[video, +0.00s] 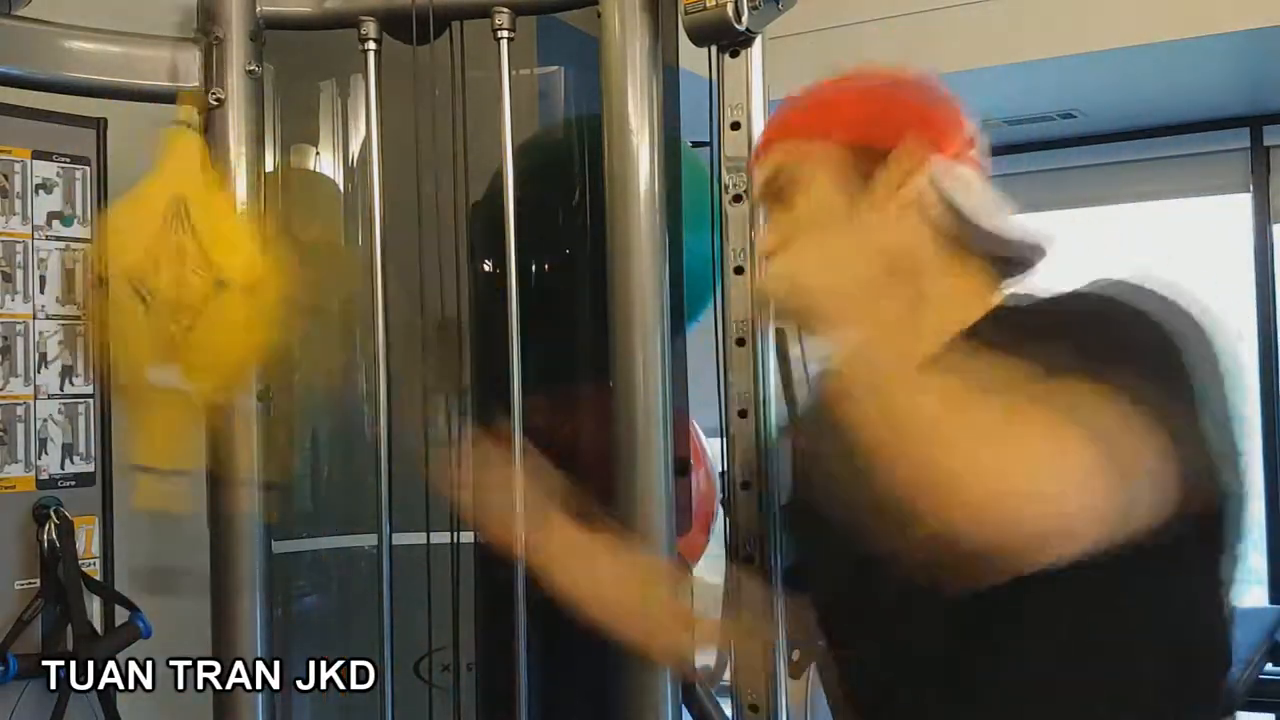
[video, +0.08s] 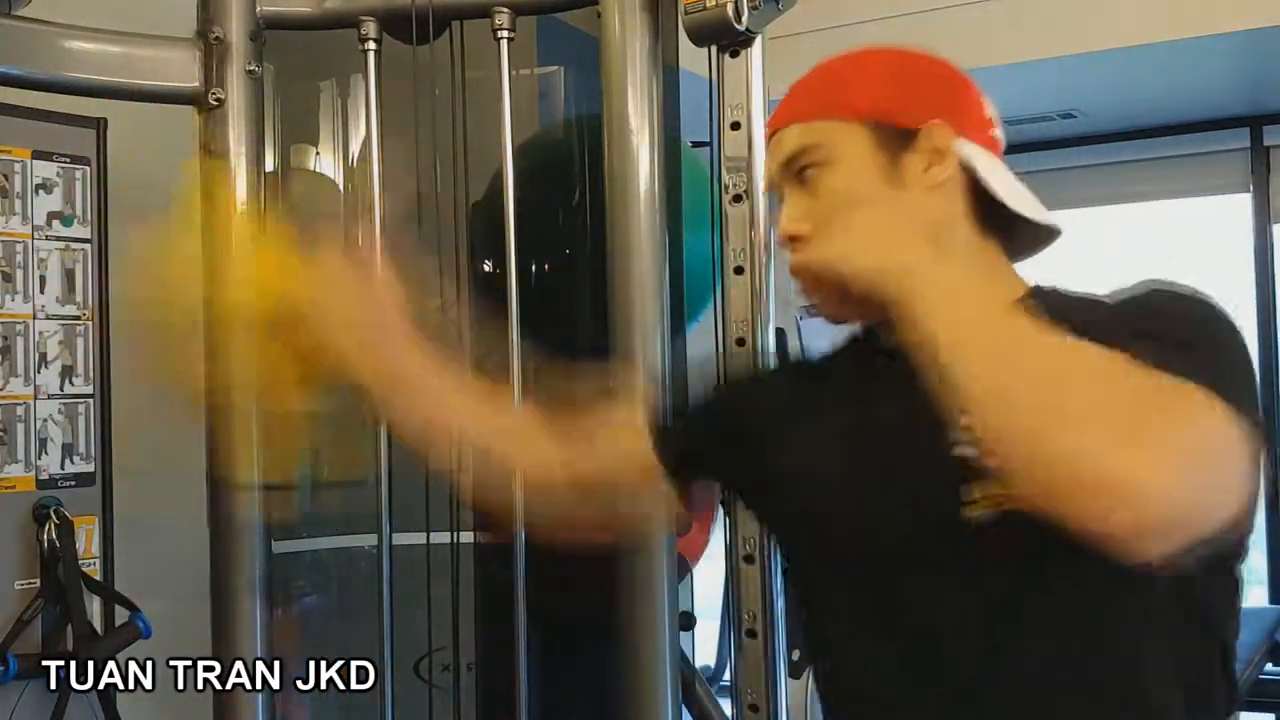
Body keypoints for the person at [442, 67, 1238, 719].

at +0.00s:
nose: (755, 248)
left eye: (779, 199)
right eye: (756, 214)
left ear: (903, 183)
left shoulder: (1119, 344)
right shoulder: (831, 448)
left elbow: (1008, 500)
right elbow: (776, 650)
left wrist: (855, 341)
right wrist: (546, 533)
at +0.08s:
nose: (777, 225)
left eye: (807, 177)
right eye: (775, 193)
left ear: (937, 166)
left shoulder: (1163, 334)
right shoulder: (789, 411)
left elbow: (1149, 504)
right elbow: (549, 469)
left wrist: (929, 270)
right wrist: (386, 353)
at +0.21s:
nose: (800, 244)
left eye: (828, 196)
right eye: (791, 209)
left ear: (956, 181)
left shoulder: (1182, 384)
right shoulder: (801, 395)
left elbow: (1203, 614)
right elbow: (558, 347)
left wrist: (984, 308)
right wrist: (686, 199)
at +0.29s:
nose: (817, 252)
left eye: (847, 204)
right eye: (811, 217)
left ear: (977, 198)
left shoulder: (1193, 407)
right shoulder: (813, 409)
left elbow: (1199, 657)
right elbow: (586, 348)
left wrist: (1001, 364)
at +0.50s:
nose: (801, 238)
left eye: (818, 196)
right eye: (804, 197)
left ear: (927, 195)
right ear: (922, 201)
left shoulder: (1141, 411)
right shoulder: (892, 363)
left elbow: (919, 668)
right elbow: (655, 347)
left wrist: (859, 375)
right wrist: (454, 315)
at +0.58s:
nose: (792, 247)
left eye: (795, 205)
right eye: (787, 208)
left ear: (879, 198)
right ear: (884, 199)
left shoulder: (1060, 407)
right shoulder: (944, 359)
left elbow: (797, 680)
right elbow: (781, 387)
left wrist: (783, 385)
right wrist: (585, 361)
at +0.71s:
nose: (772, 283)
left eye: (772, 248)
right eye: (768, 250)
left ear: (836, 243)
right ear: (945, 233)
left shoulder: (924, 475)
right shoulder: (1083, 399)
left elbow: (666, 691)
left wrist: (715, 421)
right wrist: (907, 397)